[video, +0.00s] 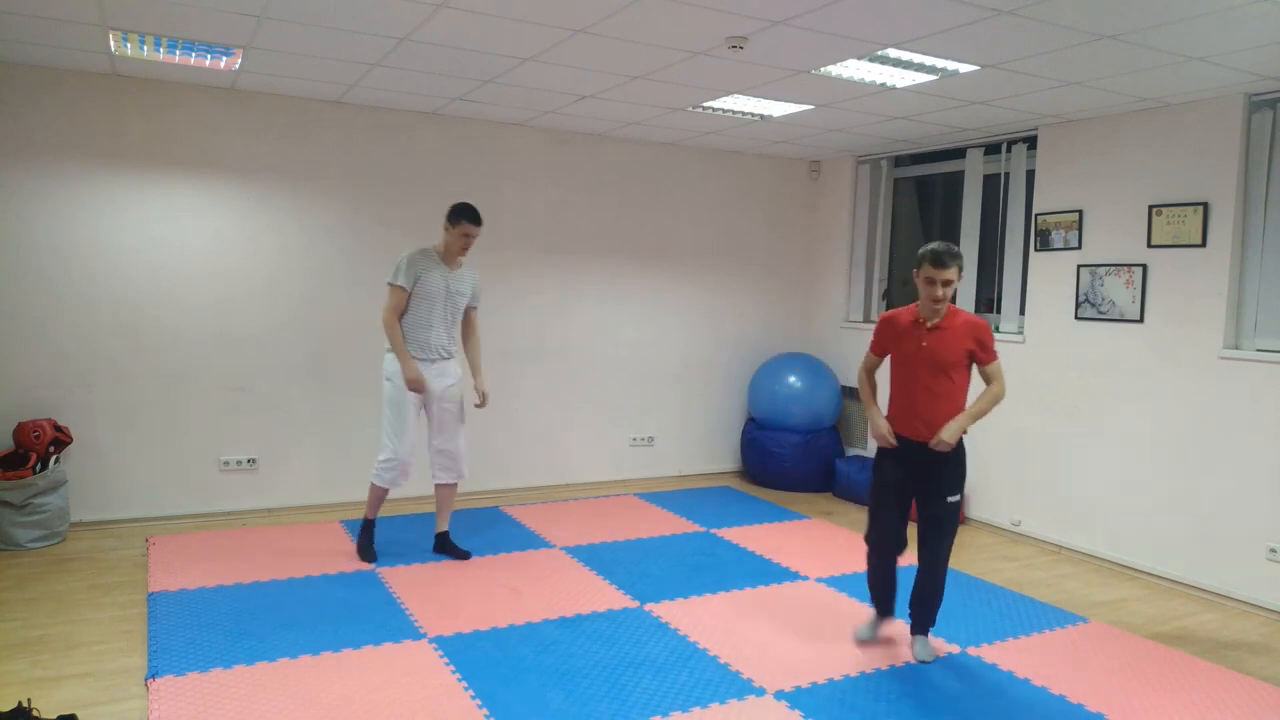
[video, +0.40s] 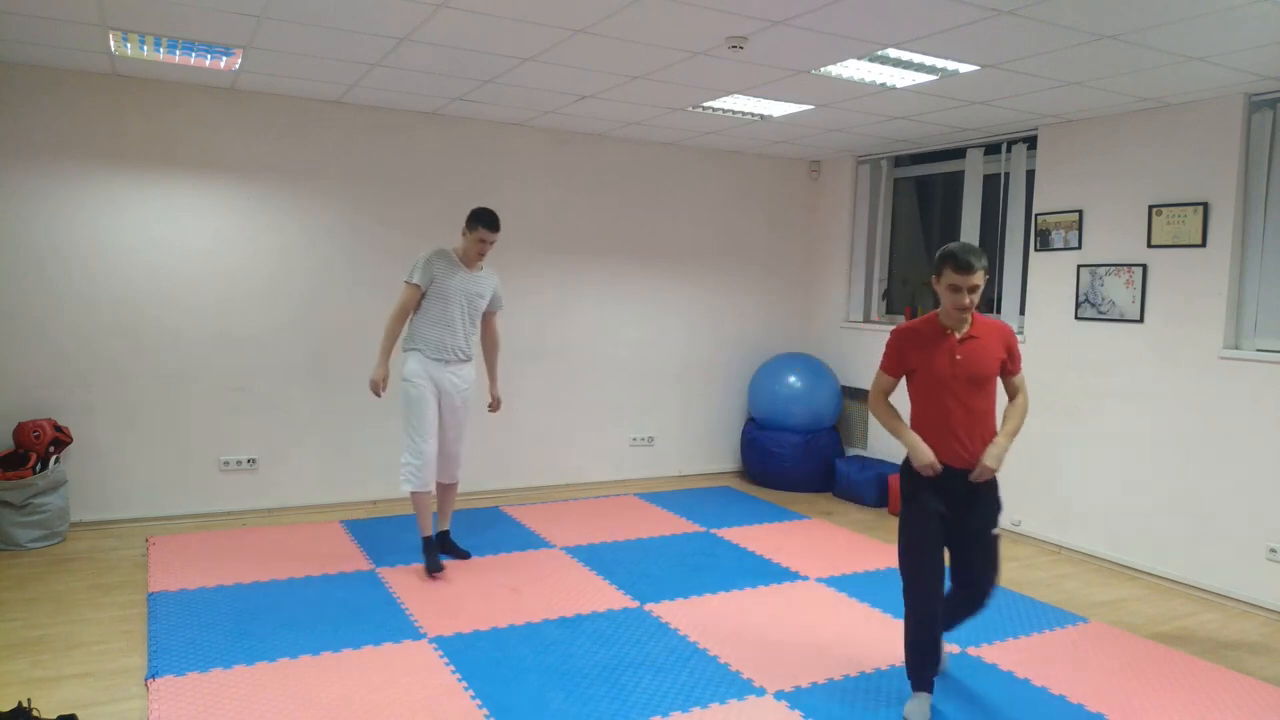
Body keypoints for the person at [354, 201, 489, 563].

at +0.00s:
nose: (469, 243)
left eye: (474, 238)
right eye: (464, 235)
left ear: (477, 238)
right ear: (446, 229)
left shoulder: (468, 277)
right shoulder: (414, 262)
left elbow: (470, 332)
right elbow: (390, 316)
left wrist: (477, 378)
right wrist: (407, 365)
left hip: (447, 369)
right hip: (406, 367)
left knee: (449, 452)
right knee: (396, 455)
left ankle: (443, 535)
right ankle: (367, 528)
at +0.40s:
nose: (485, 249)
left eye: (491, 243)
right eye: (481, 240)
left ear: (495, 243)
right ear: (465, 233)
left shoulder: (489, 281)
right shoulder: (433, 262)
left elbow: (489, 335)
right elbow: (402, 311)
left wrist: (493, 384)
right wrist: (382, 363)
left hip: (460, 371)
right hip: (420, 366)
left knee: (451, 452)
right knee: (423, 452)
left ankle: (443, 534)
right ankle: (428, 544)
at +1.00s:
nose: (479, 240)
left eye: (484, 233)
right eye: (472, 235)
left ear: (490, 230)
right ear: (455, 231)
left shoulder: (499, 268)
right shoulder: (438, 271)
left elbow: (508, 321)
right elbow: (425, 335)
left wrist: (514, 363)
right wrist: (434, 388)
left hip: (492, 375)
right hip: (454, 374)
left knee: (479, 459)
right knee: (448, 460)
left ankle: (447, 528)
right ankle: (455, 550)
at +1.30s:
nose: (486, 243)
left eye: (491, 236)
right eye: (479, 237)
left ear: (496, 230)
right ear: (461, 232)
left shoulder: (507, 266)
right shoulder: (446, 273)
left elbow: (515, 321)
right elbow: (438, 341)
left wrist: (528, 371)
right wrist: (450, 396)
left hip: (507, 377)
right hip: (467, 379)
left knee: (524, 463)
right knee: (455, 467)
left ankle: (505, 537)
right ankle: (456, 553)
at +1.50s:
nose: (507, 246)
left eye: (512, 238)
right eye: (500, 239)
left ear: (517, 234)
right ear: (482, 233)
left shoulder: (524, 267)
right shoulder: (463, 273)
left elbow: (528, 323)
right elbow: (448, 339)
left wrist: (536, 374)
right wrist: (453, 396)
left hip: (519, 380)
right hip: (477, 380)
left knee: (537, 465)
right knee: (463, 468)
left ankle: (562, 554)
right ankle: (457, 555)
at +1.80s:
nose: (554, 244)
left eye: (559, 238)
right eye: (547, 237)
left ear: (564, 237)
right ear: (530, 233)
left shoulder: (569, 277)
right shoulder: (507, 270)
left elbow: (570, 335)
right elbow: (483, 331)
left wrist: (577, 389)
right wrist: (479, 390)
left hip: (556, 385)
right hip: (511, 384)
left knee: (575, 472)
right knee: (491, 471)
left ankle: (569, 564)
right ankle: (464, 557)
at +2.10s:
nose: (598, 241)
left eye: (603, 234)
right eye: (591, 233)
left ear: (608, 233)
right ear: (574, 229)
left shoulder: (612, 277)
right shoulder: (547, 266)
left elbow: (624, 337)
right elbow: (525, 324)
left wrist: (639, 392)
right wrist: (532, 378)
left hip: (586, 382)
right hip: (548, 379)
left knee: (586, 472)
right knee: (539, 471)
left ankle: (570, 563)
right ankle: (505, 554)